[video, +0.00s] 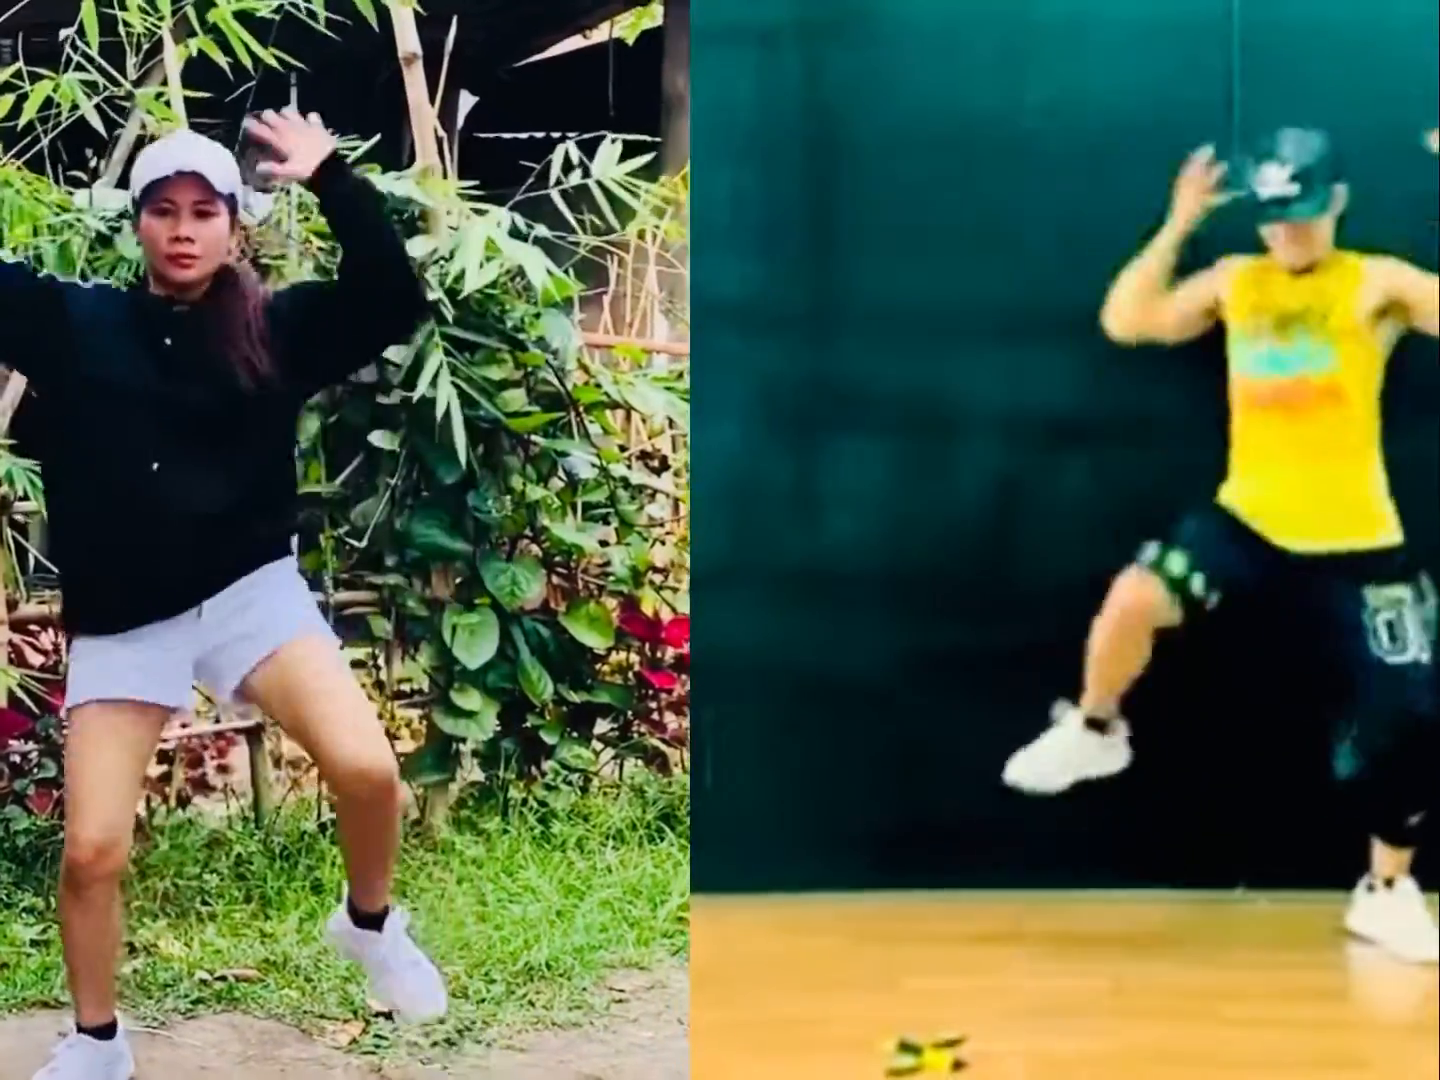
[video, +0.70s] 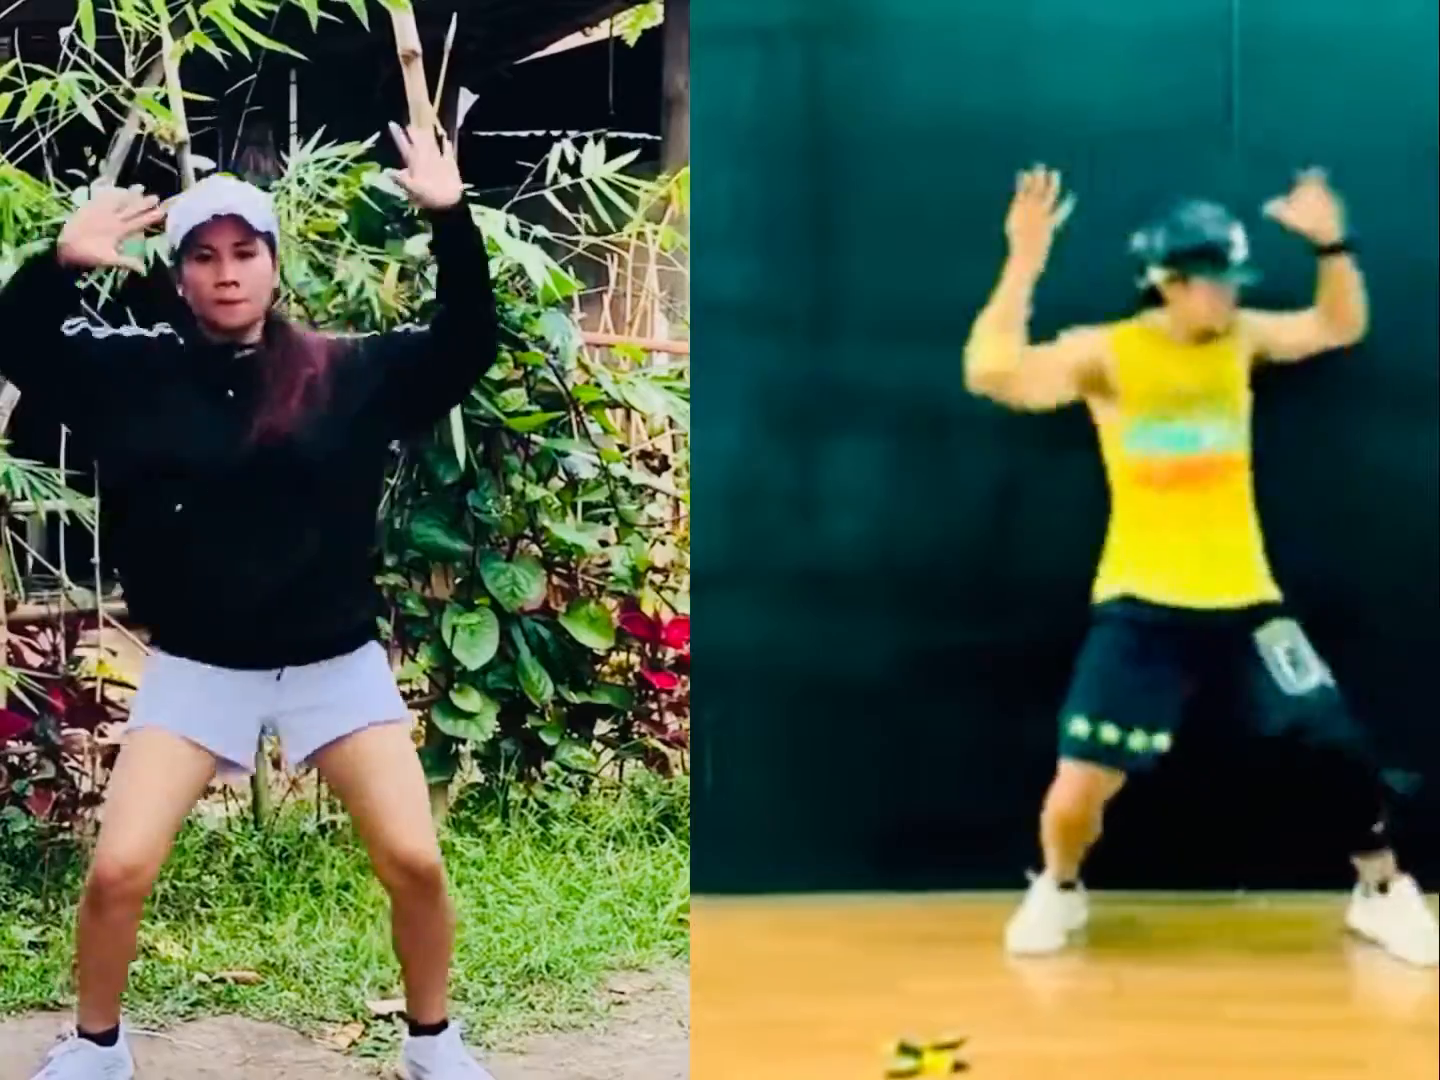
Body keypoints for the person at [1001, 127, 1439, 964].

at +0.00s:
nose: (1289, 233)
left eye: (1303, 214)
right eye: (1273, 218)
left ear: (1336, 205)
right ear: (1256, 217)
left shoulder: (1380, 283)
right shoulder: (1230, 282)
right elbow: (1124, 319)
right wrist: (1179, 221)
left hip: (1358, 530)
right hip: (1248, 516)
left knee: (1406, 714)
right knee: (1132, 600)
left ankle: (1388, 888)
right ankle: (1093, 727)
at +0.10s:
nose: (1294, 242)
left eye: (1309, 225)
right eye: (1280, 227)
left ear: (1342, 220)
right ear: (1261, 225)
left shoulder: (1374, 289)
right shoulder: (1232, 276)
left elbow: (1431, 294)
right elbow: (1120, 246)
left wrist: (1407, 299)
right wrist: (1153, 138)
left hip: (1365, 543)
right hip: (1261, 516)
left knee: (1407, 725)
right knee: (1130, 530)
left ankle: (1387, 892)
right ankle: (1138, 699)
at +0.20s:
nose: (1303, 255)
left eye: (1316, 236)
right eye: (1285, 242)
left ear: (1345, 222)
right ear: (1266, 239)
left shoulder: (1390, 266)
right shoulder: (1244, 283)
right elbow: (1126, 245)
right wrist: (1085, 129)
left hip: (1360, 542)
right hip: (1255, 511)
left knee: (1412, 723)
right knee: (1107, 578)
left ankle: (1388, 890)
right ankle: (1138, 737)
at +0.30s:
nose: (1307, 236)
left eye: (1320, 217)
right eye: (1289, 221)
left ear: (1343, 207)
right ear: (1262, 217)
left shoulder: (1382, 265)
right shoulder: (1231, 287)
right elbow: (1111, 324)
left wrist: (1437, 145)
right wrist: (1138, 206)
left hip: (1354, 547)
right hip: (1244, 529)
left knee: (1407, 710)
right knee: (1121, 635)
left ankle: (1391, 888)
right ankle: (1085, 787)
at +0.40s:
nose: (1317, 246)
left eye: (1320, 230)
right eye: (1300, 232)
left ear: (1326, 233)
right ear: (1255, 238)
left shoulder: (1349, 306)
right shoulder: (1195, 304)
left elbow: (1439, 315)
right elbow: (1068, 293)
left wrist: (1437, 208)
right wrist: (1170, 222)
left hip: (1352, 558)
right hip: (1235, 563)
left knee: (1425, 699)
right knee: (1132, 713)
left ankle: (1396, 884)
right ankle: (1040, 838)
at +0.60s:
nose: (1245, 330)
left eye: (1249, 315)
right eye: (1228, 317)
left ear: (1254, 318)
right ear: (1183, 323)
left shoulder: (1270, 365)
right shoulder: (1144, 385)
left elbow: (1373, 316)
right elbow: (1087, 311)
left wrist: (1430, 231)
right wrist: (1075, 203)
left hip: (1284, 631)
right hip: (1180, 631)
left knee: (1406, 738)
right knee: (1110, 800)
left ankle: (1386, 894)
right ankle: (1061, 889)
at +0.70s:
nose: (1219, 298)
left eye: (1226, 280)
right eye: (1204, 282)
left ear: (1235, 281)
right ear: (1163, 284)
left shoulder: (1245, 337)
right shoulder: (1103, 354)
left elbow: (1340, 326)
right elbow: (989, 372)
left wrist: (1331, 246)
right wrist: (1023, 259)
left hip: (1246, 595)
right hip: (1142, 598)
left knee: (1345, 751)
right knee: (1078, 787)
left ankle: (1383, 892)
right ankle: (1058, 889)